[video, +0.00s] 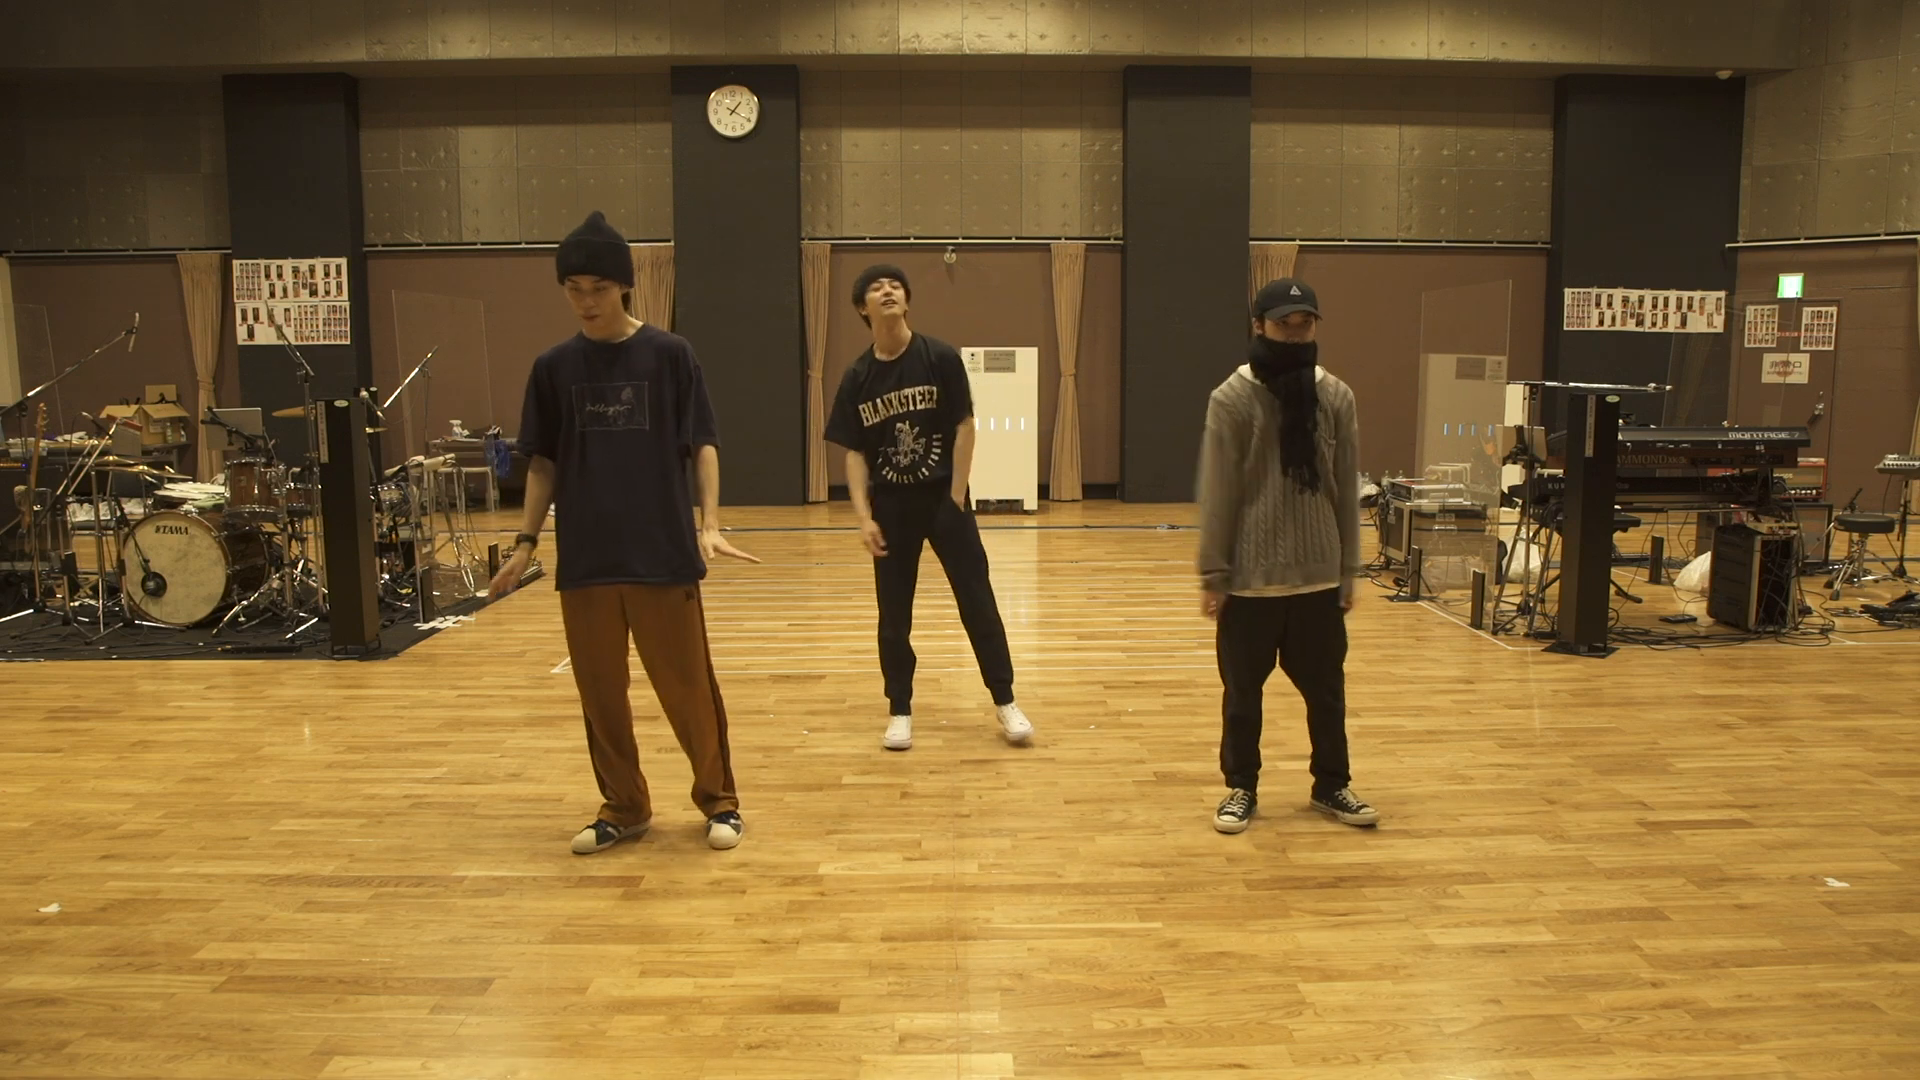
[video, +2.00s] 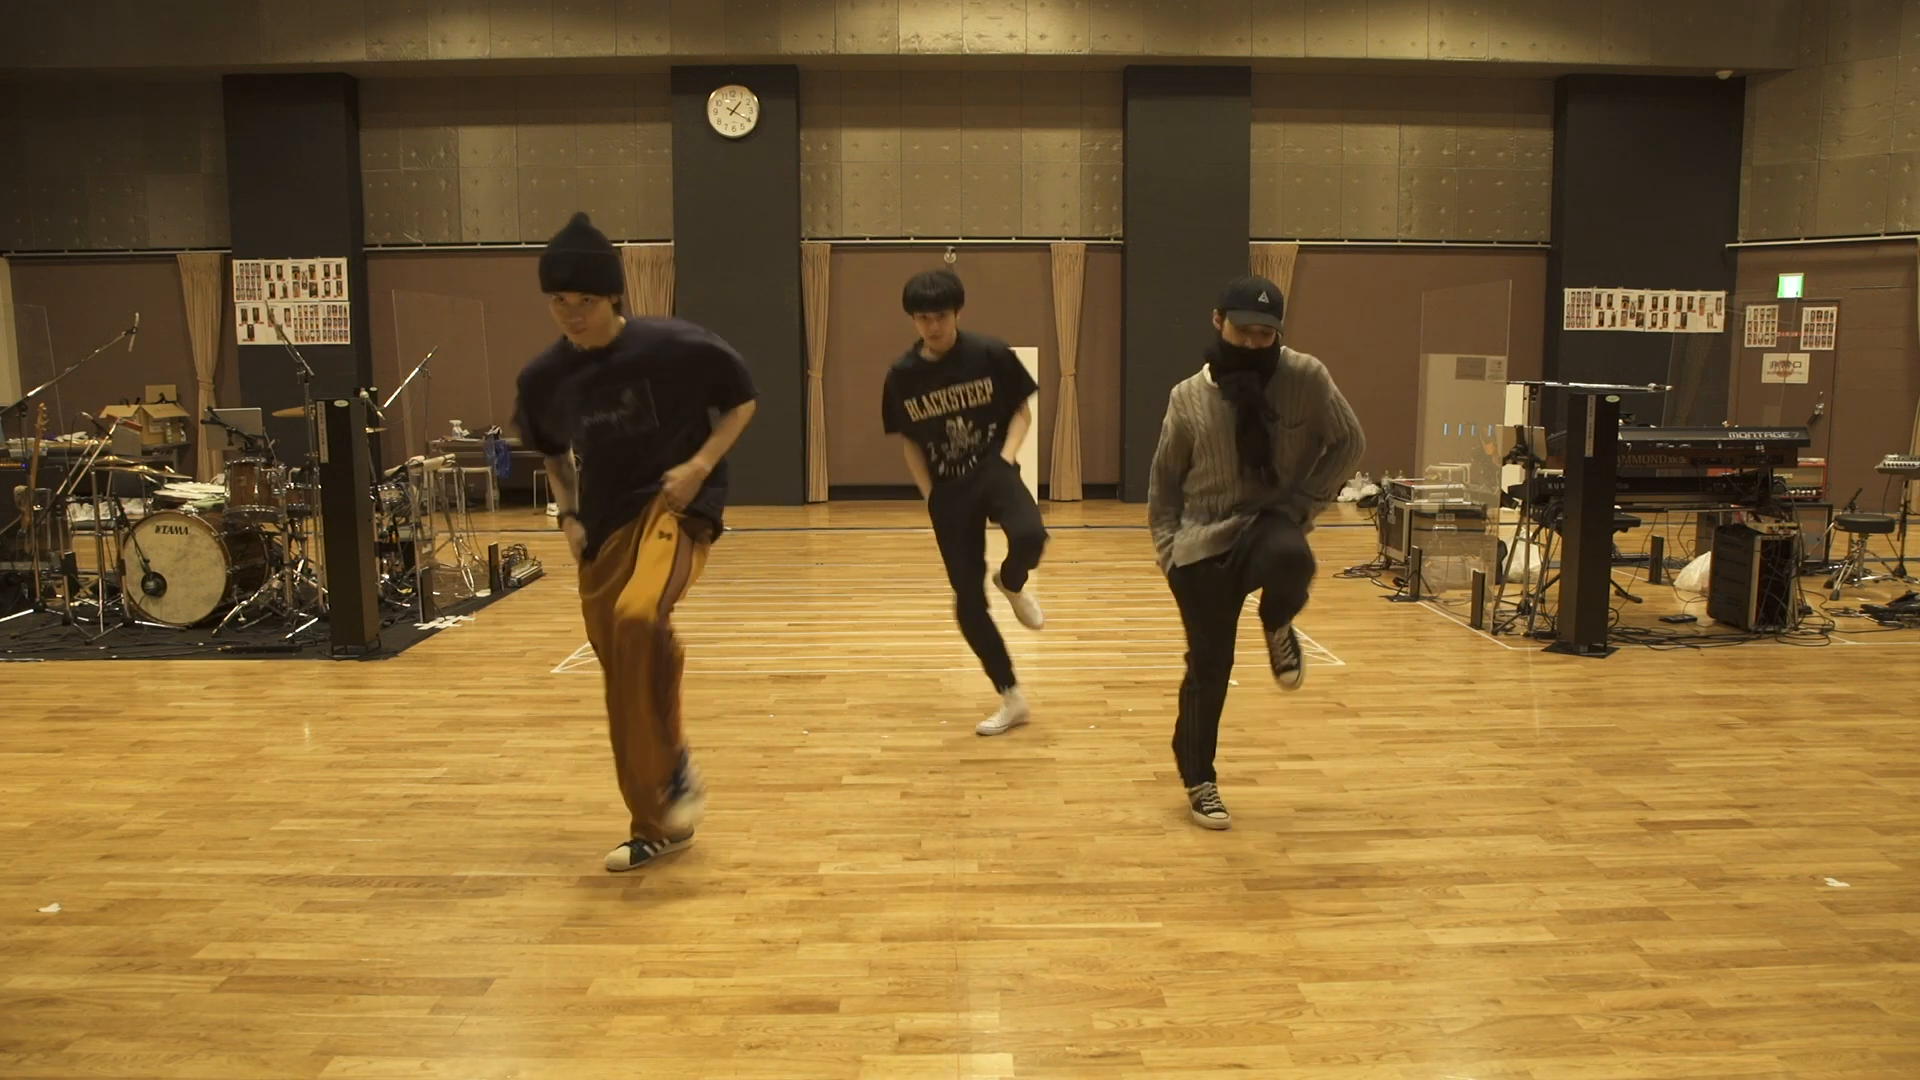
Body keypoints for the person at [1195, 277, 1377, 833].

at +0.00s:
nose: (1297, 332)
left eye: (1306, 322)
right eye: (1285, 322)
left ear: (1316, 327)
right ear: (1260, 326)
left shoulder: (1336, 396)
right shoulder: (1232, 399)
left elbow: (1348, 492)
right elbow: (1217, 493)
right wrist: (1214, 575)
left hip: (1318, 577)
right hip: (1247, 580)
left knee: (1327, 691)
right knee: (1241, 693)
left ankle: (1331, 786)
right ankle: (1241, 789)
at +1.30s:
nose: (1303, 337)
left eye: (1313, 327)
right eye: (1291, 326)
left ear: (1325, 332)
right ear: (1266, 328)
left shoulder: (1340, 402)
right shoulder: (1226, 393)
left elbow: (1352, 489)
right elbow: (1209, 481)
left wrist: (1342, 563)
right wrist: (1211, 558)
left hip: (1311, 571)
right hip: (1239, 573)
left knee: (1327, 672)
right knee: (1243, 691)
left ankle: (1355, 719)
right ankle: (1257, 790)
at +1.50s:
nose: (1269, 363)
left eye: (1281, 353)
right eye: (1258, 351)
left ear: (1297, 353)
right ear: (1236, 347)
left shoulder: (1320, 415)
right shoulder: (1215, 409)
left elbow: (1367, 486)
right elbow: (1214, 496)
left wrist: (1318, 540)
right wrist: (1219, 565)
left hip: (1306, 558)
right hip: (1243, 566)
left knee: (1258, 643)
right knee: (1218, 686)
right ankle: (1274, 792)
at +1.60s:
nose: (1263, 380)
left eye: (1275, 371)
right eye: (1253, 367)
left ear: (1294, 371)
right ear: (1235, 362)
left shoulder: (1308, 431)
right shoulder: (1226, 415)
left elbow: (1353, 512)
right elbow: (1235, 503)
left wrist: (1298, 569)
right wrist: (1231, 575)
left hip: (1287, 590)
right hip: (1244, 587)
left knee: (1272, 714)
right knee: (1212, 692)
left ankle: (1331, 857)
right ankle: (1277, 803)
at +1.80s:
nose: (1249, 372)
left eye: (1263, 363)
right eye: (1240, 359)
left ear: (1282, 365)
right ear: (1223, 353)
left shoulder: (1299, 421)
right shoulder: (1200, 410)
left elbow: (1338, 500)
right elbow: (1201, 498)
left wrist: (1286, 561)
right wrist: (1209, 568)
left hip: (1281, 578)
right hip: (1225, 579)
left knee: (1287, 695)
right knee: (1213, 703)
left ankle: (1333, 825)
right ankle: (1280, 805)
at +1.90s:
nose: (1251, 350)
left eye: (1265, 340)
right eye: (1241, 336)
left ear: (1281, 340)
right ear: (1222, 329)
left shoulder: (1306, 388)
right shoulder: (1186, 397)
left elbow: (1350, 463)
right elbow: (1178, 480)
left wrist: (1301, 522)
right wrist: (1193, 547)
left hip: (1283, 534)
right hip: (1215, 544)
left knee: (1261, 600)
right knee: (1195, 677)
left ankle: (1313, 722)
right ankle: (1261, 772)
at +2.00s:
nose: (1254, 342)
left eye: (1265, 332)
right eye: (1244, 330)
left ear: (1279, 332)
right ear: (1219, 324)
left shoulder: (1305, 377)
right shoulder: (1189, 398)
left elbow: (1348, 441)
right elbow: (1164, 479)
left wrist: (1305, 504)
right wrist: (1168, 547)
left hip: (1270, 521)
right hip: (1203, 535)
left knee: (1291, 562)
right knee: (1209, 666)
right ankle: (1200, 779)